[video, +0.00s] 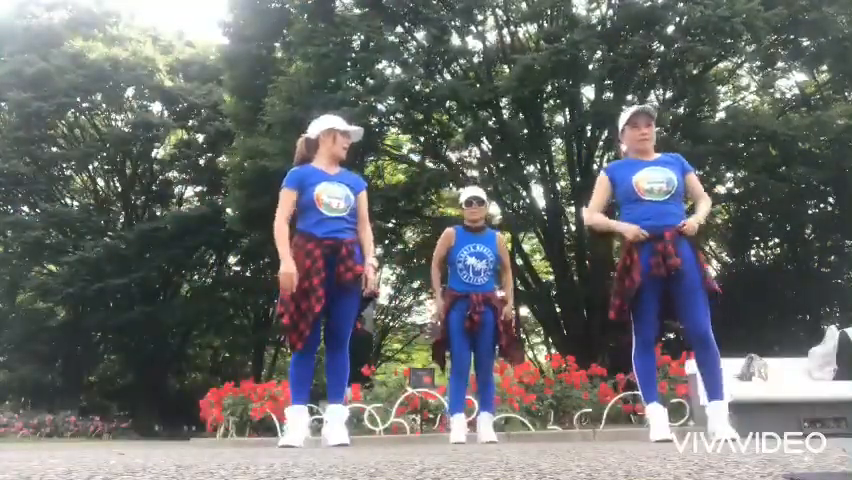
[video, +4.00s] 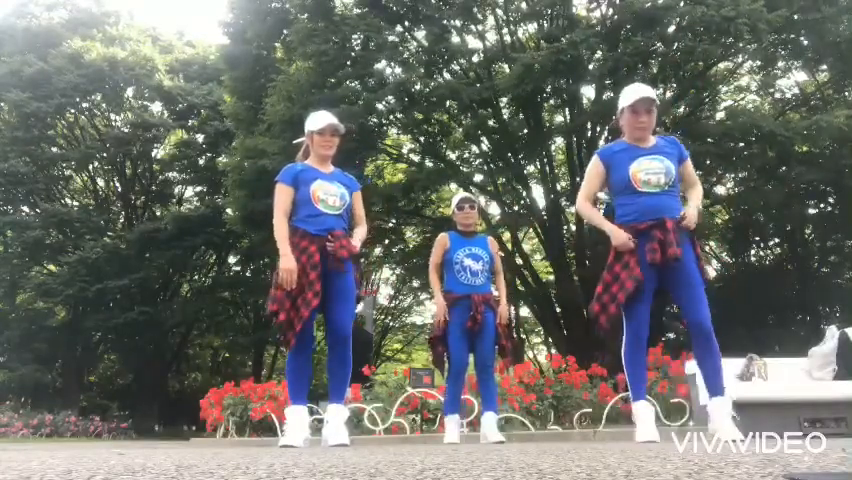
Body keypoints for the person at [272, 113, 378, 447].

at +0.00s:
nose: (349, 143)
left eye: (349, 138)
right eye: (343, 137)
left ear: (341, 141)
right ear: (326, 139)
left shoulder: (356, 182)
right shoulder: (299, 174)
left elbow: (364, 226)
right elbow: (281, 219)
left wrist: (370, 261)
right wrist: (286, 260)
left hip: (349, 257)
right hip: (309, 255)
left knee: (339, 338)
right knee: (306, 338)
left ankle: (336, 417)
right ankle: (297, 418)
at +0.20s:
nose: (347, 141)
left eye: (348, 137)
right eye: (341, 135)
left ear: (341, 142)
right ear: (322, 138)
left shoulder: (355, 179)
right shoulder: (299, 173)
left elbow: (377, 218)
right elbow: (257, 203)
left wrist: (379, 243)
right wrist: (284, 226)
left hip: (347, 259)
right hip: (309, 257)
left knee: (339, 340)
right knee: (305, 339)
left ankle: (336, 419)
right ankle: (297, 419)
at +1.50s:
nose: (340, 137)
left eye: (343, 132)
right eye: (333, 131)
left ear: (347, 137)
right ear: (317, 136)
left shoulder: (359, 167)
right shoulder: (299, 162)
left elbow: (391, 184)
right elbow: (251, 167)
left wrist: (374, 195)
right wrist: (278, 181)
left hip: (346, 255)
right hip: (308, 253)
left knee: (338, 339)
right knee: (305, 338)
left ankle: (336, 420)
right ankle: (298, 420)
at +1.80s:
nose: (336, 138)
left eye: (340, 133)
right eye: (330, 133)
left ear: (346, 138)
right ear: (315, 138)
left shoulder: (355, 168)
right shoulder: (302, 168)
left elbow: (391, 184)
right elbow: (271, 183)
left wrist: (361, 200)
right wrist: (308, 181)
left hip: (345, 254)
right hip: (307, 254)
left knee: (338, 340)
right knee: (305, 340)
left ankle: (335, 420)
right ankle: (297, 420)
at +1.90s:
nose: (343, 135)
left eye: (344, 131)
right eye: (336, 130)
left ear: (343, 138)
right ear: (319, 136)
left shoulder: (357, 174)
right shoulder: (297, 173)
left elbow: (369, 211)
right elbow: (287, 214)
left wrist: (359, 237)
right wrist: (302, 220)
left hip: (347, 259)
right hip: (310, 259)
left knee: (339, 341)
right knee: (306, 340)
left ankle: (336, 417)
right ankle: (297, 417)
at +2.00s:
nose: (345, 135)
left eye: (346, 131)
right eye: (338, 130)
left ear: (344, 137)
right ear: (320, 135)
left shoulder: (358, 175)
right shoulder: (297, 173)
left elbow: (362, 221)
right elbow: (284, 223)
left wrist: (360, 261)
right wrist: (291, 260)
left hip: (345, 257)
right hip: (307, 256)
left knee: (339, 341)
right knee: (306, 341)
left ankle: (336, 418)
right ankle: (297, 419)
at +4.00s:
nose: (328, 139)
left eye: (333, 134)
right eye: (322, 134)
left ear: (340, 139)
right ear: (309, 138)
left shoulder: (348, 180)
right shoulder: (293, 172)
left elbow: (361, 223)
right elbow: (280, 216)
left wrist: (353, 242)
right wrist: (285, 255)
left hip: (340, 254)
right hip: (303, 251)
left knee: (341, 331)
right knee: (302, 333)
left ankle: (336, 416)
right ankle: (297, 417)